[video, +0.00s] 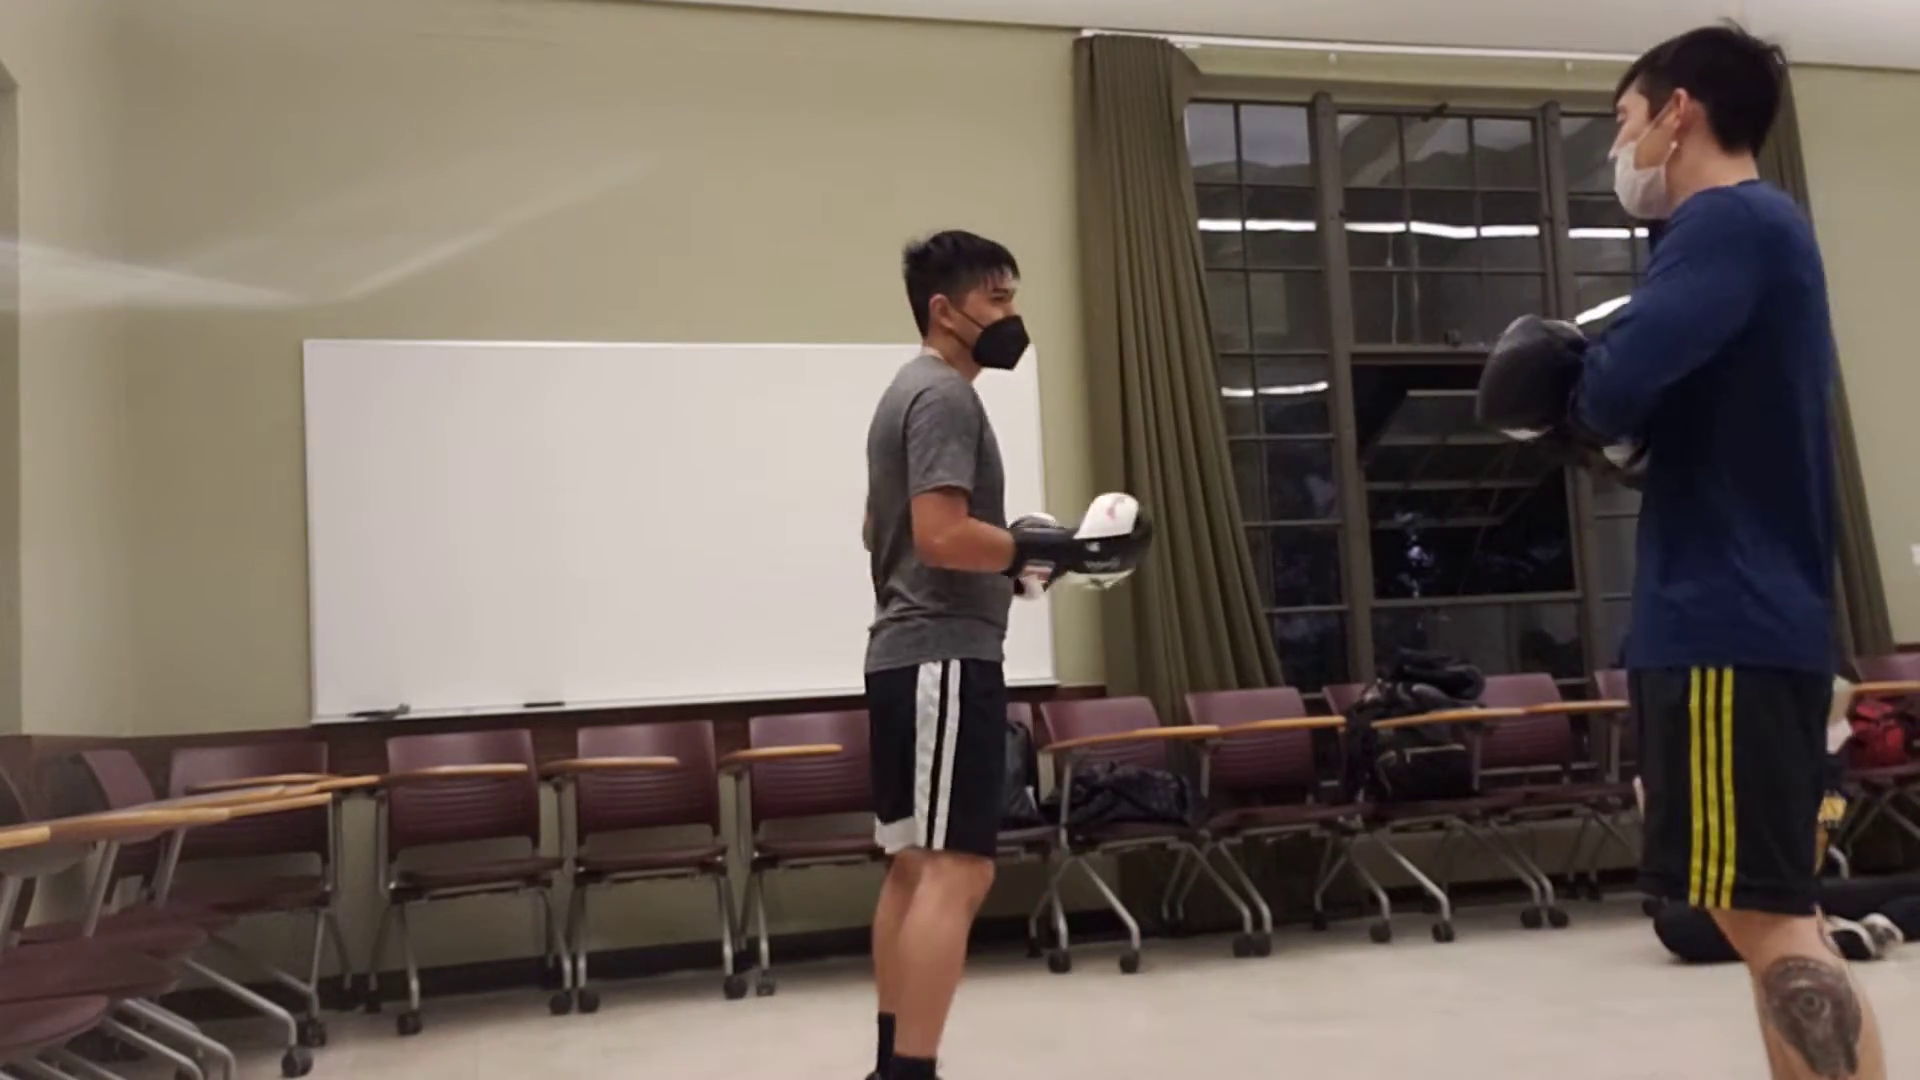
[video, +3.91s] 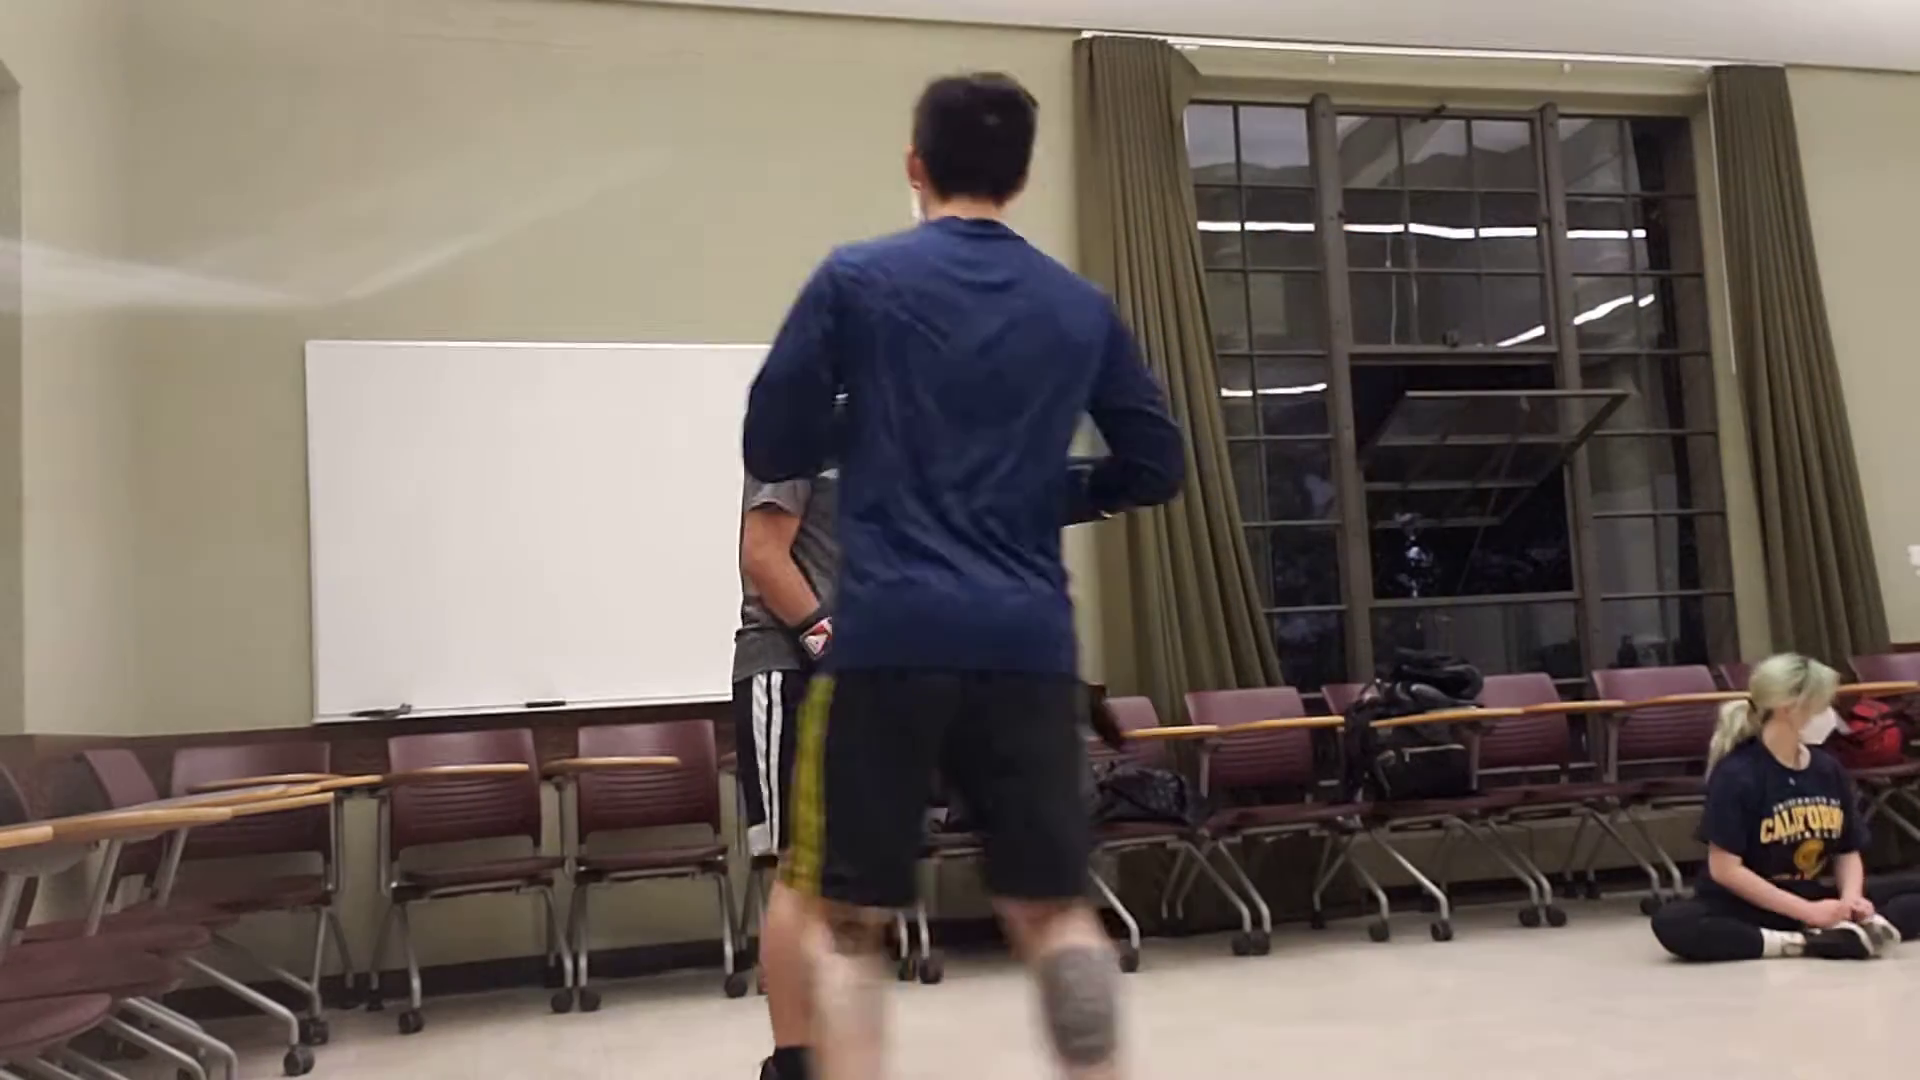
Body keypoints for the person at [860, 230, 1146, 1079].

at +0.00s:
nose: (1013, 311)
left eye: (1012, 296)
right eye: (997, 296)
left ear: (943, 311)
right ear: (942, 306)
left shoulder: (908, 393)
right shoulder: (943, 394)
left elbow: (891, 539)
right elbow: (941, 535)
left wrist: (1011, 558)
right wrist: (1035, 548)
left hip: (908, 655)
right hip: (946, 657)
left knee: (910, 870)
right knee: (959, 871)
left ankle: (895, 1061)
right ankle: (912, 1068)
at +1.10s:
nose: (1003, 337)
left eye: (1008, 320)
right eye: (985, 321)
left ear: (1003, 315)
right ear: (933, 321)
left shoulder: (948, 408)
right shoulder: (920, 406)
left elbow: (993, 521)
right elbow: (982, 513)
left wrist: (1068, 480)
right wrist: (1075, 447)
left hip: (967, 658)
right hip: (968, 660)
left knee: (949, 857)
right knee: (1028, 864)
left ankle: (897, 1057)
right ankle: (1054, 1072)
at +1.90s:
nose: (983, 338)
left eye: (987, 323)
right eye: (964, 324)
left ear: (975, 324)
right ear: (913, 328)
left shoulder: (931, 417)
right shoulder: (890, 416)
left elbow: (918, 547)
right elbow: (879, 553)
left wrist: (1003, 537)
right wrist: (992, 542)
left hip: (923, 668)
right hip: (896, 671)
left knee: (901, 869)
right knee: (965, 867)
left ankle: (881, 1057)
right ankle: (1014, 1071)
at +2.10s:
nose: (950, 334)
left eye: (956, 318)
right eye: (931, 319)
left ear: (957, 319)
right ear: (882, 323)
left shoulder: (906, 414)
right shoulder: (856, 416)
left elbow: (883, 535)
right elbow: (807, 551)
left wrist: (947, 554)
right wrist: (914, 589)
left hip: (897, 658)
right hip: (862, 662)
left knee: (903, 862)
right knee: (908, 863)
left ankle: (878, 1052)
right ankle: (873, 1056)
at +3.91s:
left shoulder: (887, 442)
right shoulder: (802, 426)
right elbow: (761, 549)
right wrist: (823, 635)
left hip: (845, 661)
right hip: (785, 661)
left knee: (842, 874)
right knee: (797, 871)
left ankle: (820, 1047)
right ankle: (793, 1052)